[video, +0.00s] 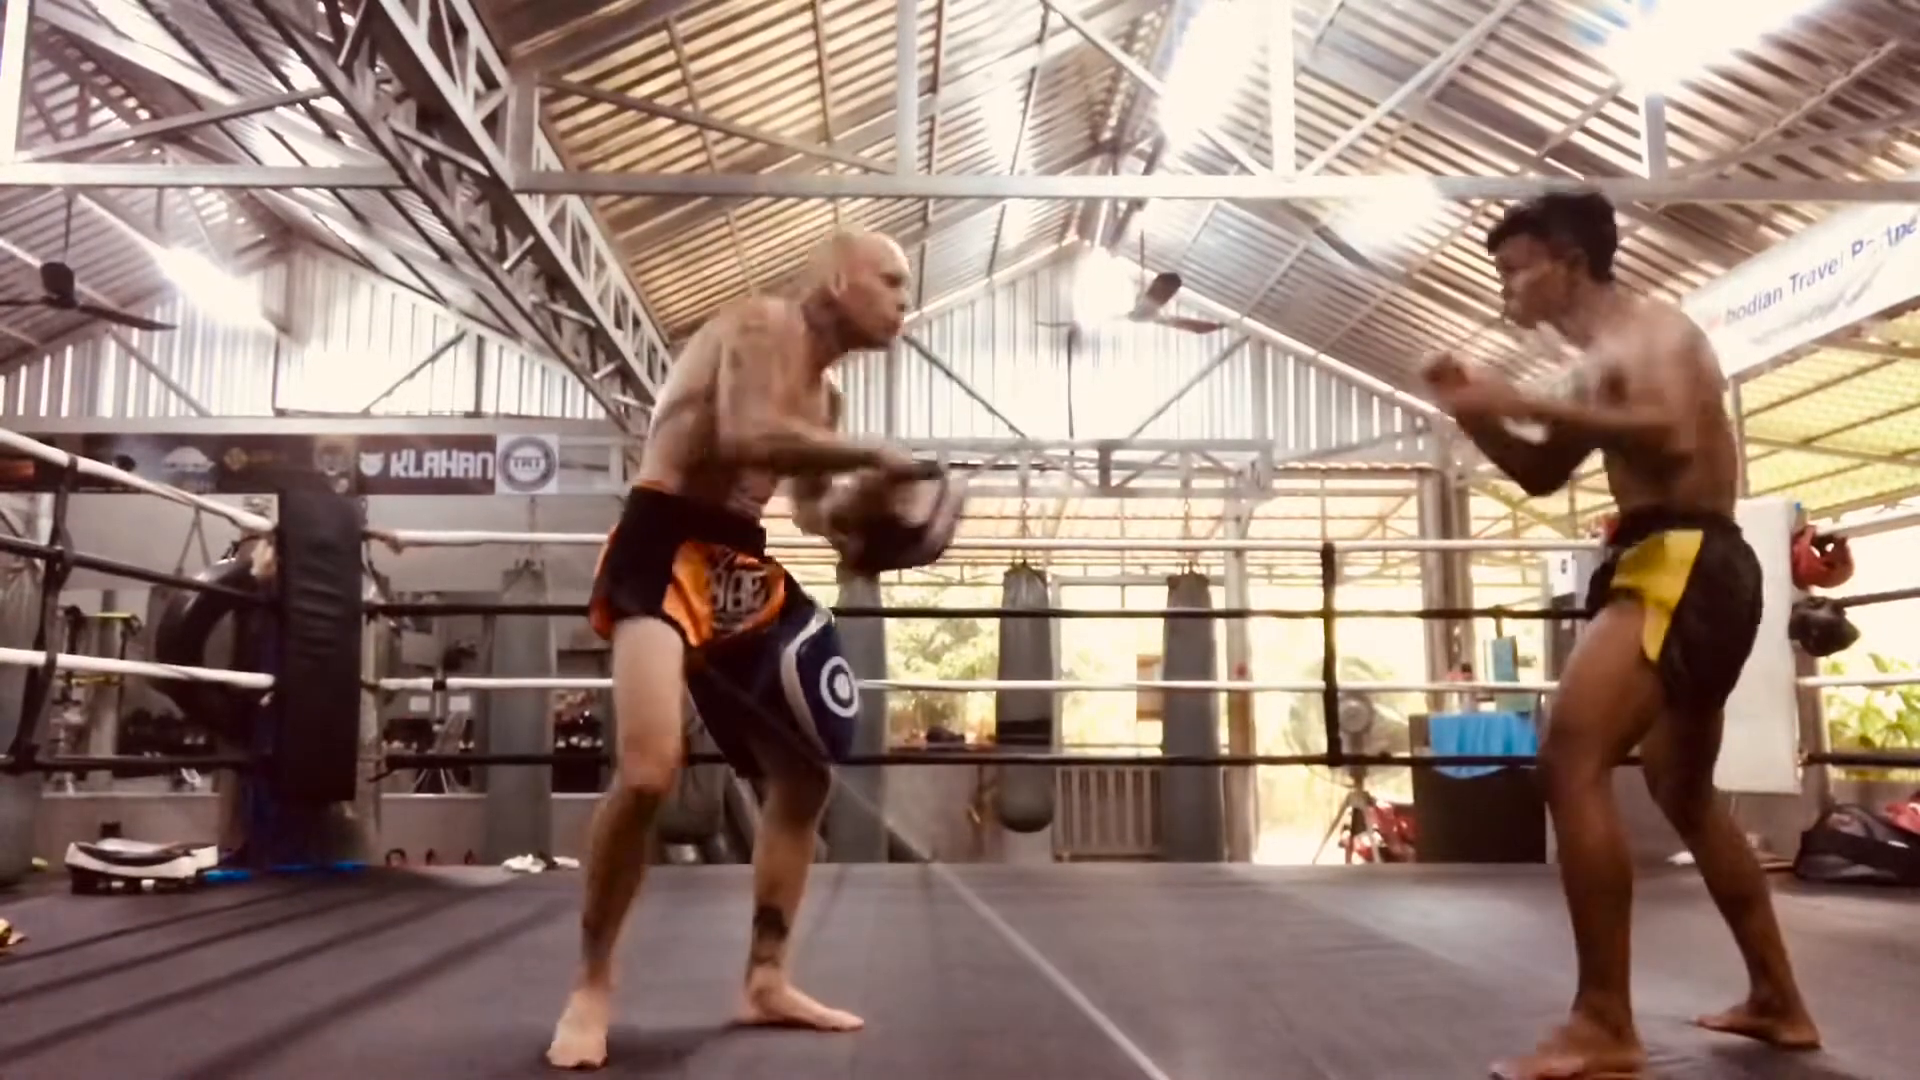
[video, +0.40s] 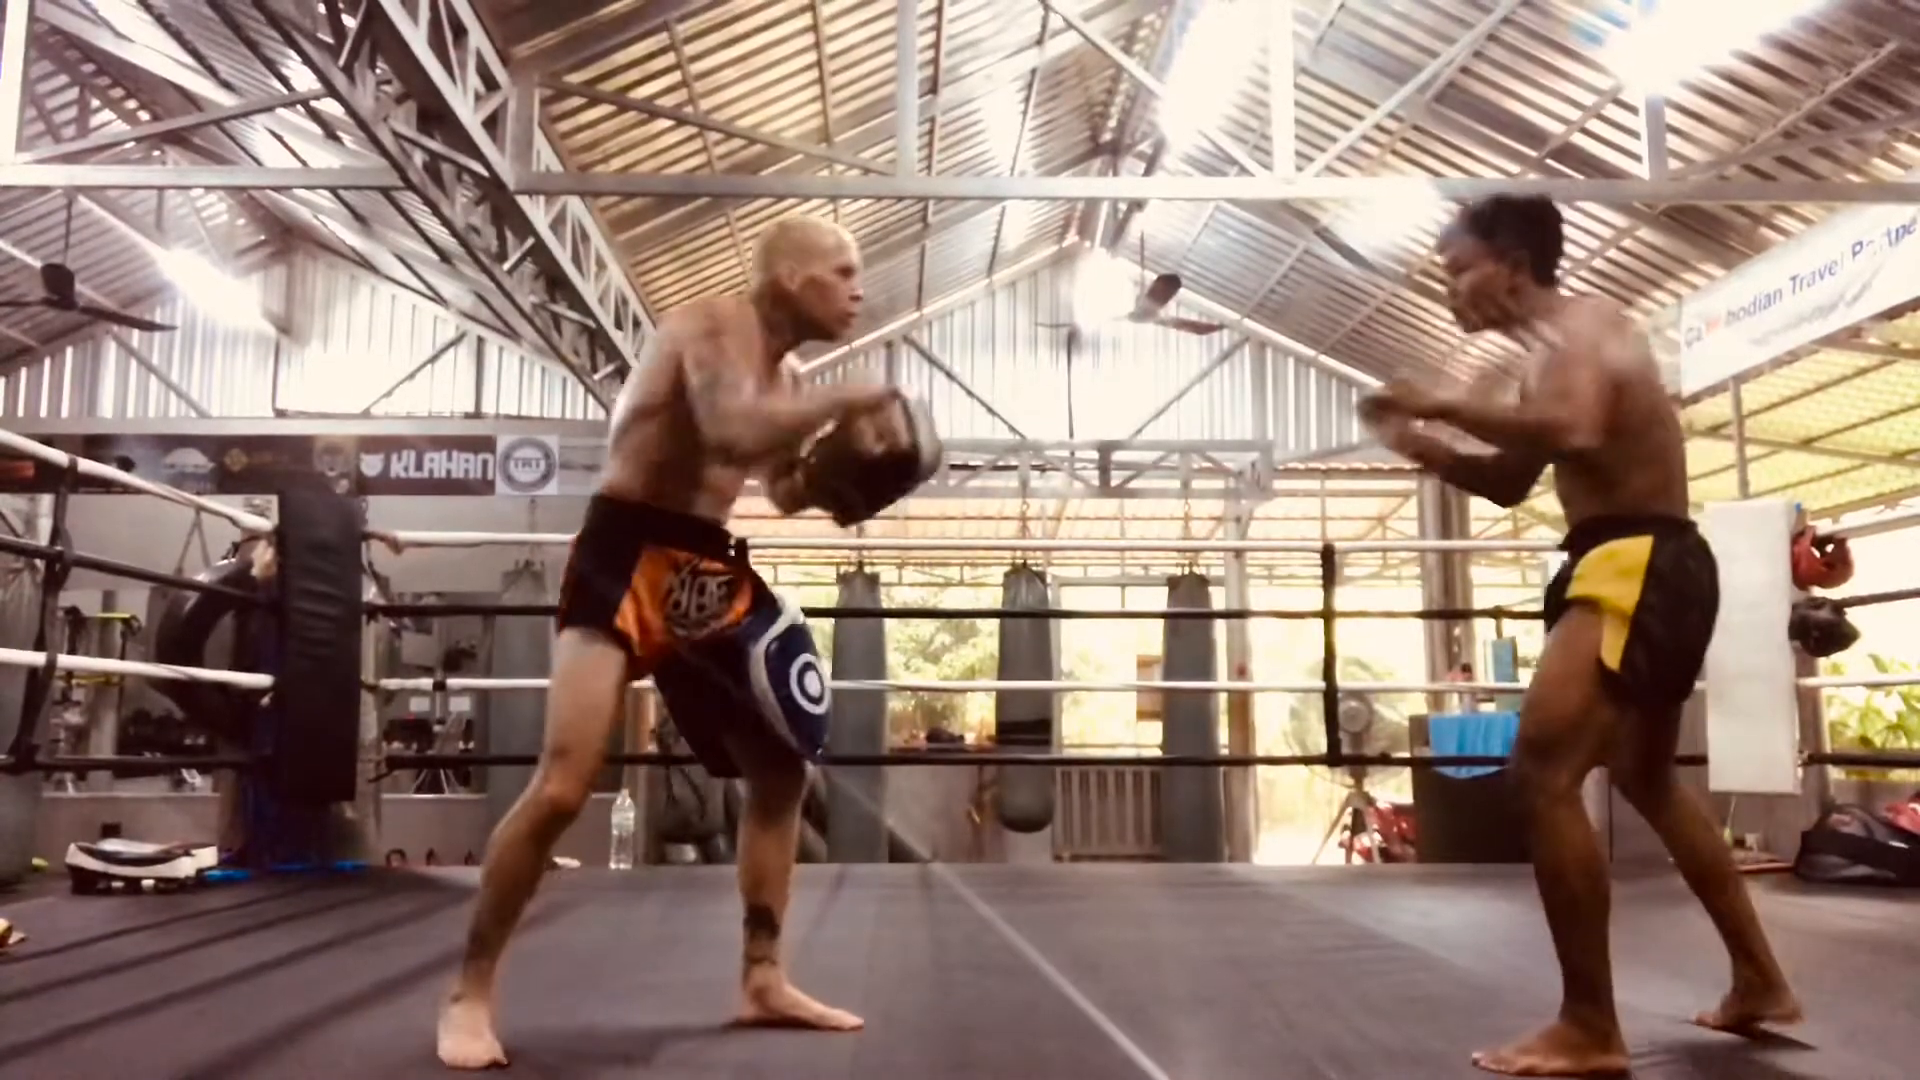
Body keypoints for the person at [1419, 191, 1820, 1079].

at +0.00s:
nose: (1504, 291)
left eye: (1514, 270)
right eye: (1501, 272)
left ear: (1567, 261)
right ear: (1565, 269)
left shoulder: (1647, 325)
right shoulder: (1603, 361)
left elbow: (1667, 425)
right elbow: (1541, 472)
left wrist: (1516, 403)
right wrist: (1470, 412)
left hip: (1681, 555)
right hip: (1693, 561)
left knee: (1572, 758)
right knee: (1683, 786)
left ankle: (1603, 1024)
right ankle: (1780, 1001)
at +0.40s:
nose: (1450, 291)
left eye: (1460, 272)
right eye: (1447, 275)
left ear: (1514, 265)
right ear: (1516, 272)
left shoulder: (1578, 323)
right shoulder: (1551, 352)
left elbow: (1575, 421)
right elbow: (1506, 481)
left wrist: (1439, 403)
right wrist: (1424, 445)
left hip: (1630, 559)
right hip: (1654, 560)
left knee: (1545, 772)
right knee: (1648, 778)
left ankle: (1588, 1026)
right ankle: (1761, 980)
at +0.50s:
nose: (1437, 294)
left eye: (1446, 272)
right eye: (1432, 277)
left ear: (1501, 262)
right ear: (1504, 271)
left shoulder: (1561, 315)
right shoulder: (1547, 345)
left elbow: (1524, 397)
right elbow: (1482, 475)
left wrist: (1394, 366)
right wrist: (1388, 432)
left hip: (1623, 554)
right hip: (1652, 554)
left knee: (1546, 771)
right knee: (1638, 772)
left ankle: (1588, 1025)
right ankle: (1751, 964)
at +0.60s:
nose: (1428, 288)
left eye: (1438, 266)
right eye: (1425, 272)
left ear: (1493, 260)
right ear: (1496, 267)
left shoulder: (1555, 310)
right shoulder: (1528, 355)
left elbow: (1497, 376)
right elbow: (1455, 461)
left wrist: (1391, 328)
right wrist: (1372, 401)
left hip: (1617, 552)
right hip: (1642, 554)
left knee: (1555, 774)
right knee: (1643, 770)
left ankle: (1590, 1023)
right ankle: (1755, 957)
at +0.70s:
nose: (1430, 282)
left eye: (1440, 263)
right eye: (1428, 266)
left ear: (1491, 258)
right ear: (1496, 265)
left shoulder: (1553, 310)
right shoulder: (1527, 348)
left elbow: (1490, 376)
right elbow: (1456, 456)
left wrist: (1393, 316)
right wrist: (1386, 399)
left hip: (1611, 552)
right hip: (1630, 553)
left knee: (1558, 772)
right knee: (1649, 770)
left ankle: (1590, 1024)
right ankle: (1763, 956)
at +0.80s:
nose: (1436, 293)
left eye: (1446, 274)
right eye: (1432, 279)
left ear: (1499, 267)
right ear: (1495, 276)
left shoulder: (1550, 319)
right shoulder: (1528, 354)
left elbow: (1486, 393)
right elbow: (1460, 468)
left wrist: (1391, 348)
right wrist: (1380, 412)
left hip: (1609, 560)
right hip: (1626, 562)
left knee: (1548, 774)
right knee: (1652, 780)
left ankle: (1586, 1025)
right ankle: (1771, 964)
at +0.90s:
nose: (1430, 293)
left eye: (1441, 274)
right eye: (1427, 278)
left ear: (1493, 269)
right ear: (1490, 277)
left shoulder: (1543, 326)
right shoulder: (1519, 356)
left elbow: (1473, 406)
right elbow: (1447, 464)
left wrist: (1380, 357)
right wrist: (1350, 447)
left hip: (1608, 560)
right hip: (1619, 564)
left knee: (1518, 763)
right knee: (1653, 781)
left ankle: (1557, 1007)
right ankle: (1778, 966)